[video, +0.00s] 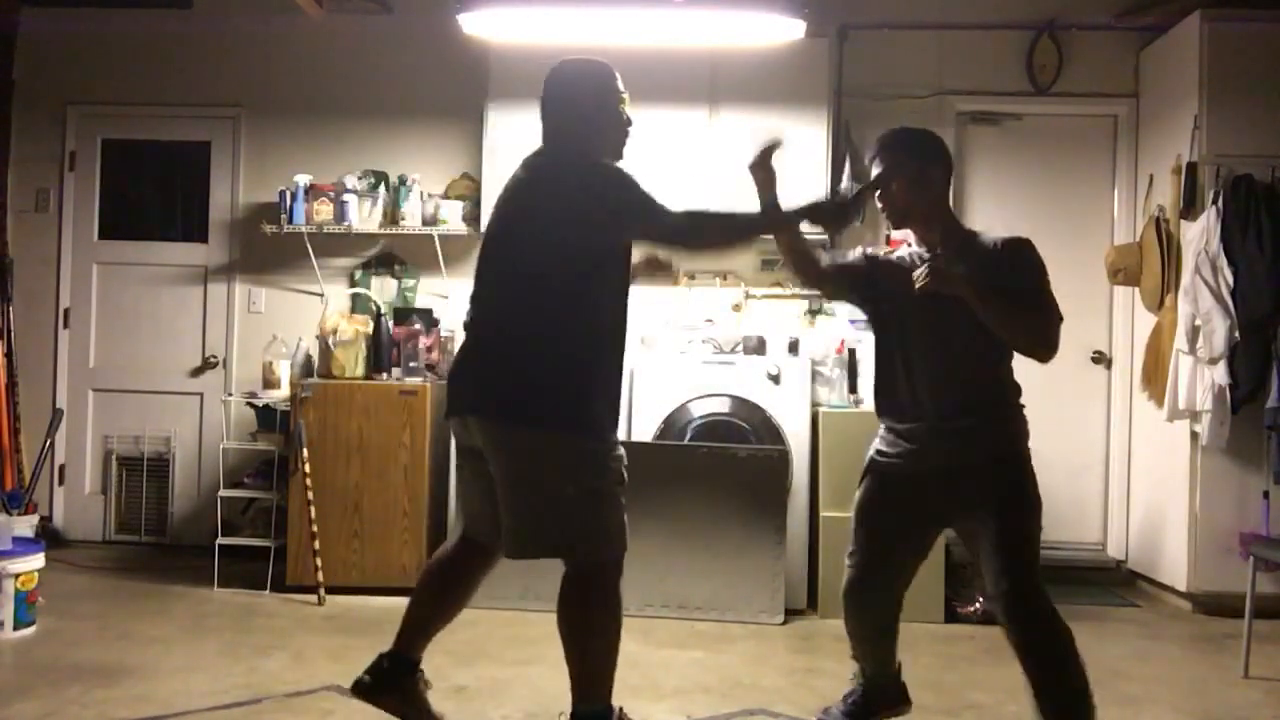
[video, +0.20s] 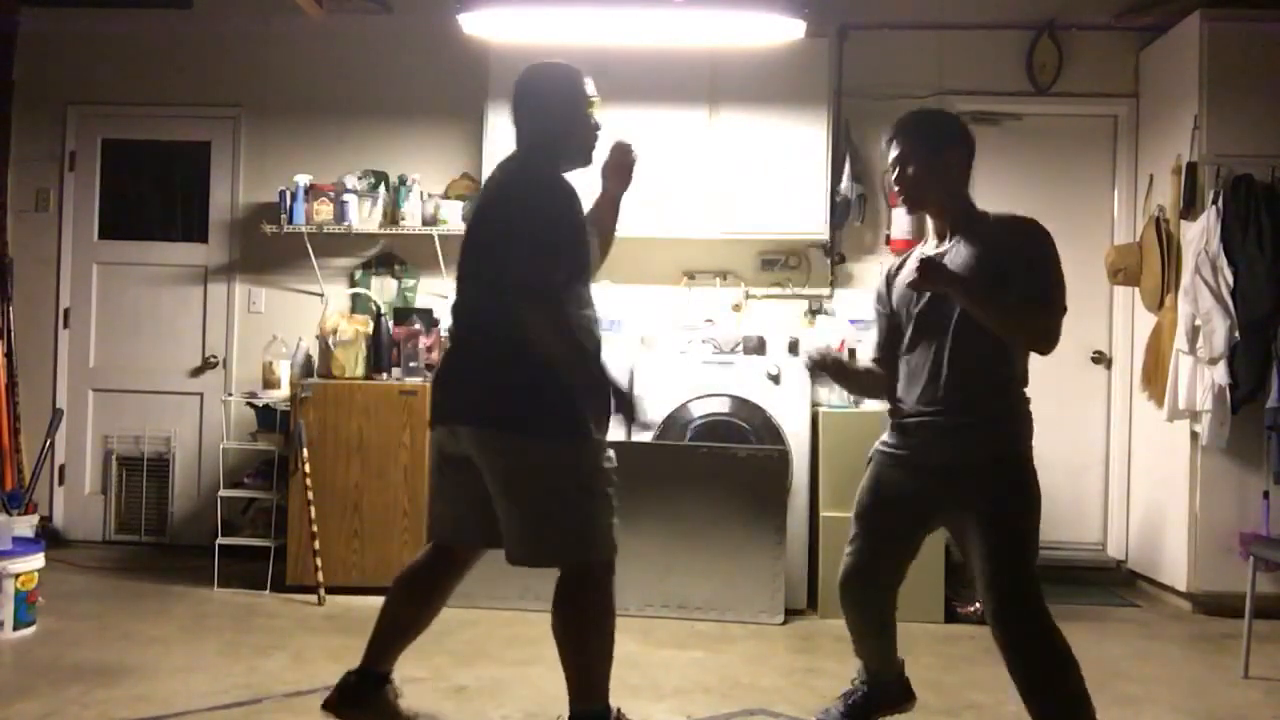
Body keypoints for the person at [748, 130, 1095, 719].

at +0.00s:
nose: (877, 194)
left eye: (888, 180)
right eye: (875, 183)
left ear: (932, 177)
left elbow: (1043, 343)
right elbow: (808, 268)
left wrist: (967, 288)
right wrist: (769, 193)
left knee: (1016, 598)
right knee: (864, 589)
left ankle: (1073, 715)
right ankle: (879, 688)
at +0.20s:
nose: (892, 178)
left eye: (904, 163)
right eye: (890, 166)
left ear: (952, 160)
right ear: (900, 172)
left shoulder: (1021, 239)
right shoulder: (897, 273)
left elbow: (1043, 335)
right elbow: (888, 381)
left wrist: (956, 287)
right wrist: (839, 370)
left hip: (990, 453)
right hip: (906, 450)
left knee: (1013, 613)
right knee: (860, 584)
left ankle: (1074, 718)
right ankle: (883, 684)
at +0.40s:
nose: (892, 172)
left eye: (901, 154)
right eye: (890, 157)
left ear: (947, 149)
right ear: (927, 155)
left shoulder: (1003, 230)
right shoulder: (927, 254)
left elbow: (994, 341)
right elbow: (909, 360)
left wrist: (916, 285)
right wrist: (859, 325)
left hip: (983, 447)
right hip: (916, 440)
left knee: (1007, 615)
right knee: (864, 569)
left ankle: (1074, 719)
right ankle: (892, 693)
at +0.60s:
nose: (883, 176)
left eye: (891, 159)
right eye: (879, 162)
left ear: (936, 151)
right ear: (895, 163)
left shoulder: (995, 230)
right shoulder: (914, 239)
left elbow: (957, 330)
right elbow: (873, 333)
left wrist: (901, 257)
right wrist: (852, 257)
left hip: (982, 437)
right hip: (917, 434)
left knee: (1007, 601)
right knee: (868, 563)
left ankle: (1070, 718)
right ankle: (894, 695)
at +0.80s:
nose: (872, 189)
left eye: (878, 172)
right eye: (866, 177)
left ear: (918, 157)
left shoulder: (993, 228)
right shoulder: (898, 245)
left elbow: (987, 330)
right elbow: (868, 343)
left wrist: (899, 265)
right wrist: (846, 266)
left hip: (990, 434)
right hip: (919, 432)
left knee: (1021, 592)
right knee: (878, 567)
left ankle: (1071, 716)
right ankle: (896, 696)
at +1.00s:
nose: (886, 191)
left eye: (893, 175)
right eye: (881, 178)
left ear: (934, 162)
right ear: (920, 171)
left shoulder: (1011, 232)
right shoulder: (916, 252)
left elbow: (1003, 333)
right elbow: (888, 350)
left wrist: (915, 268)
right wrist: (867, 275)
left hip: (1004, 439)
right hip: (933, 435)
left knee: (1032, 597)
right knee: (882, 563)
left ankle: (1100, 716)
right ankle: (896, 695)